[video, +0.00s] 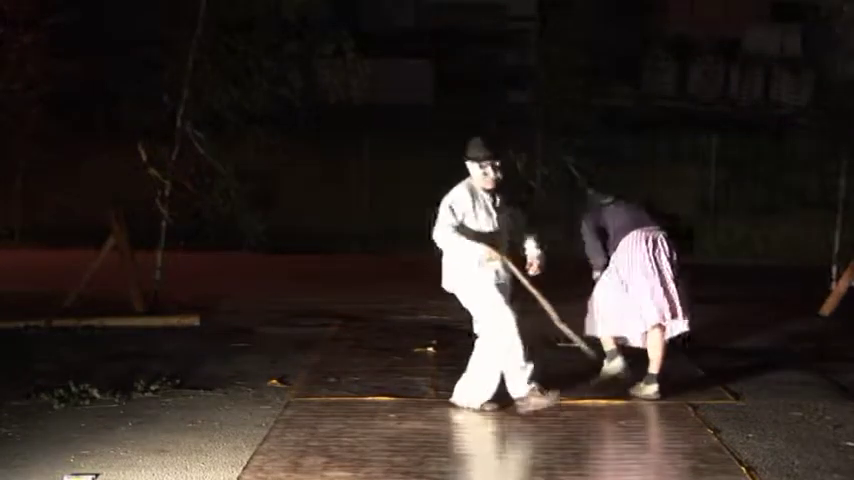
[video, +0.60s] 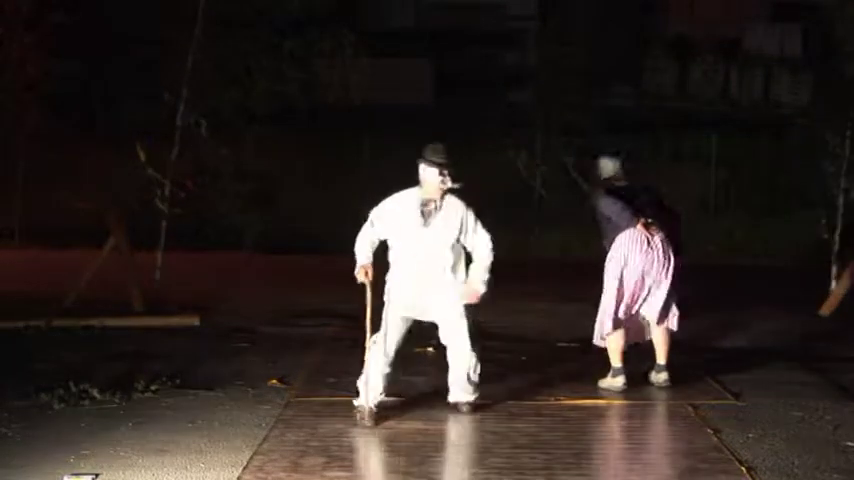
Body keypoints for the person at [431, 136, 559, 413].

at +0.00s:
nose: (491, 175)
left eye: (496, 167)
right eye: (484, 169)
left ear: (502, 168)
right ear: (470, 169)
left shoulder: (503, 197)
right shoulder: (458, 198)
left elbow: (521, 226)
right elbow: (442, 234)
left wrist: (532, 249)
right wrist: (480, 251)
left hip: (499, 273)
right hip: (467, 276)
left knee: (493, 331)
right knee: (503, 322)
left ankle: (469, 395)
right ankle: (525, 391)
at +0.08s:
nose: (484, 177)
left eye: (488, 170)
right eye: (477, 172)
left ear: (494, 169)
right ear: (466, 170)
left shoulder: (501, 201)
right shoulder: (454, 195)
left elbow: (527, 221)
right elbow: (425, 226)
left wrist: (536, 247)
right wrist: (461, 244)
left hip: (490, 274)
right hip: (457, 274)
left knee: (491, 329)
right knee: (487, 323)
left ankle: (472, 393)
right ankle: (517, 382)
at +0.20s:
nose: (468, 168)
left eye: (473, 162)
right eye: (461, 163)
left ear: (481, 162)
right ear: (453, 162)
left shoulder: (496, 188)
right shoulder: (441, 186)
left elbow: (529, 203)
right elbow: (403, 206)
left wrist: (543, 233)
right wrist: (433, 237)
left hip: (479, 268)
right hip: (445, 265)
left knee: (479, 323)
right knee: (461, 316)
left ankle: (467, 391)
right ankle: (479, 374)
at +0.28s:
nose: (460, 164)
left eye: (465, 158)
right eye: (453, 159)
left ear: (473, 157)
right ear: (444, 157)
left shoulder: (490, 182)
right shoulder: (429, 181)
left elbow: (523, 195)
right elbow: (389, 199)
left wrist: (538, 230)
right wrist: (410, 230)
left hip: (473, 267)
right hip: (439, 264)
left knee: (466, 328)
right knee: (442, 321)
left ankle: (468, 390)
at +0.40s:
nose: (449, 169)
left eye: (455, 163)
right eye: (443, 163)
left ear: (463, 163)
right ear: (433, 162)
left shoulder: (480, 190)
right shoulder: (415, 190)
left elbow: (513, 207)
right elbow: (372, 206)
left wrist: (520, 242)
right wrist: (385, 238)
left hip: (465, 277)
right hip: (426, 276)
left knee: (462, 336)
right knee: (416, 331)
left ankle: (458, 396)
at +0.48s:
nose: (447, 177)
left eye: (452, 171)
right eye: (440, 171)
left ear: (458, 172)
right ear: (427, 169)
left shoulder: (468, 202)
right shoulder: (407, 199)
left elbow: (501, 222)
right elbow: (368, 219)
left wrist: (509, 258)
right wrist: (373, 250)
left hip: (457, 289)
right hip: (415, 288)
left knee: (461, 345)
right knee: (401, 342)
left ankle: (460, 396)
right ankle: (371, 400)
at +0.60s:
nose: (442, 178)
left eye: (445, 172)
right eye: (436, 172)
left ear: (449, 176)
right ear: (421, 172)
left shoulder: (457, 210)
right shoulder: (397, 205)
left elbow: (482, 245)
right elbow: (370, 231)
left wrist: (476, 282)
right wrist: (364, 260)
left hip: (444, 291)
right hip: (403, 290)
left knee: (460, 345)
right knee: (385, 345)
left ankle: (463, 398)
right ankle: (367, 400)